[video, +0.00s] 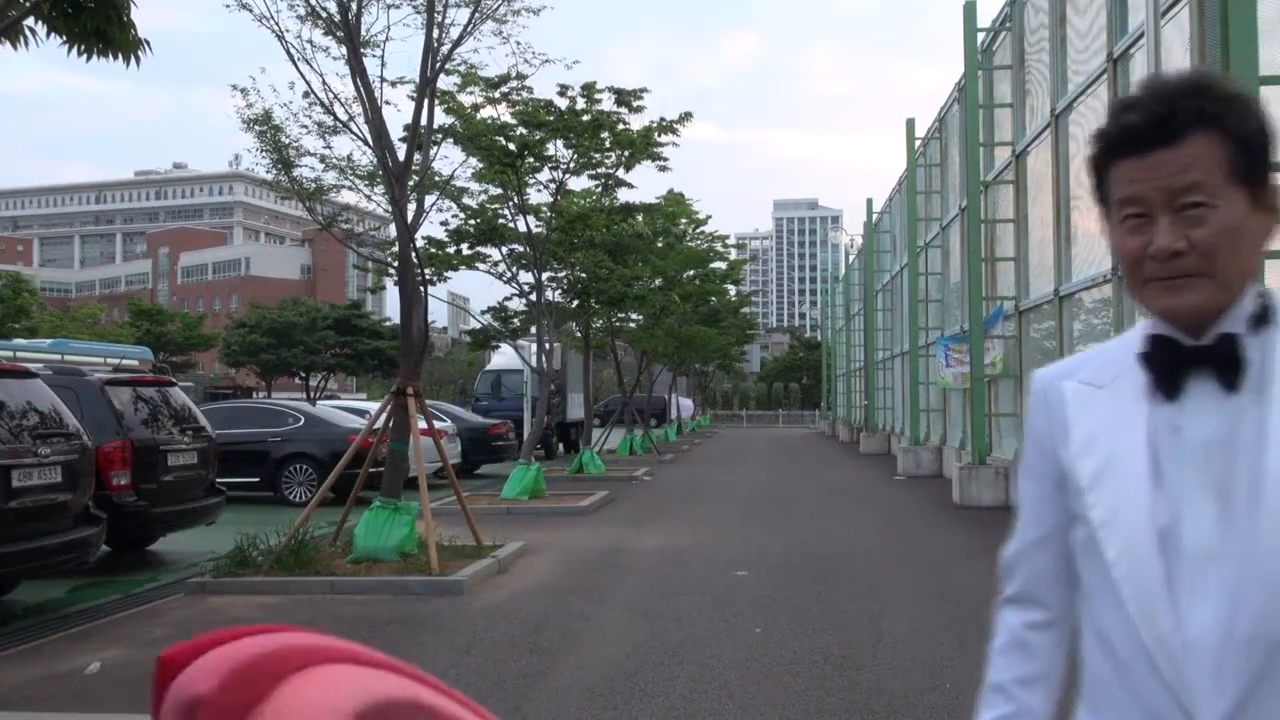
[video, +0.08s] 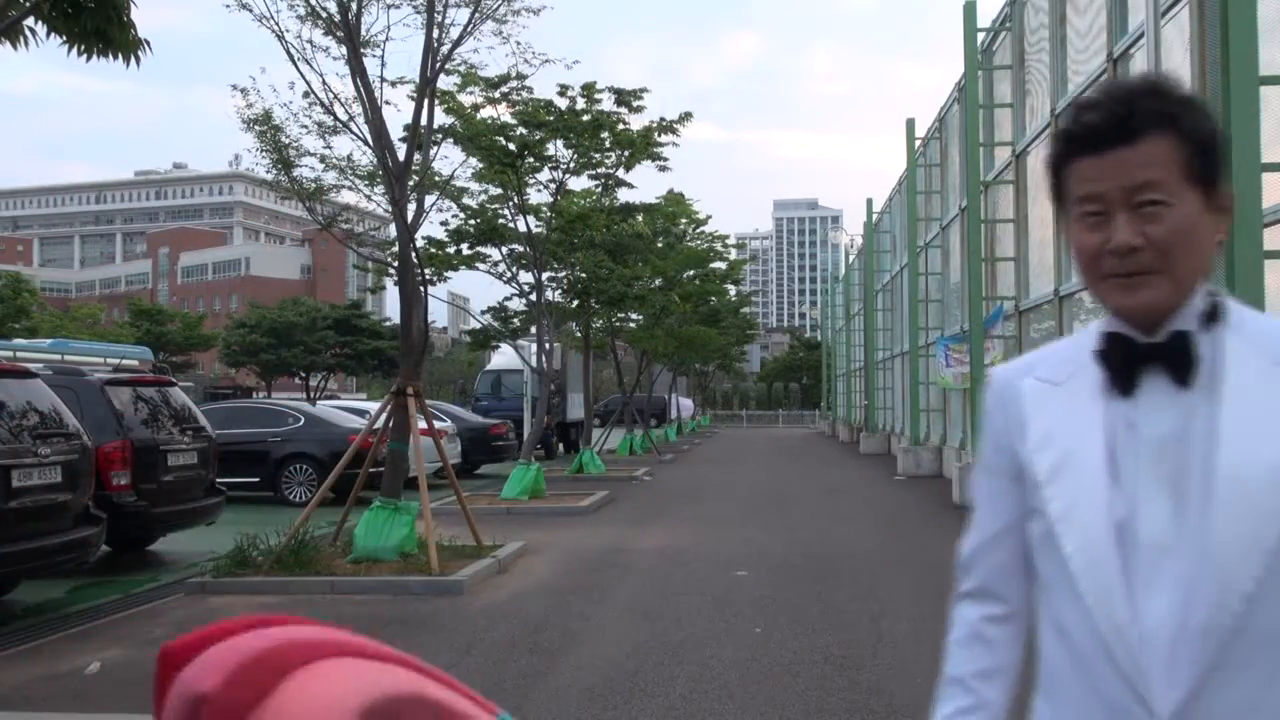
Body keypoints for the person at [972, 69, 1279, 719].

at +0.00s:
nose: (1165, 243)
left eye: (1194, 208)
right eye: (1136, 218)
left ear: (1266, 211)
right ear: (1110, 234)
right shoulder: (1065, 398)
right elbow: (1032, 617)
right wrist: (1006, 713)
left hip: (1265, 702)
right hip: (1122, 707)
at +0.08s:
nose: (1121, 239)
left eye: (1149, 206)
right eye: (1092, 214)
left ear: (1218, 213)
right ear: (1066, 233)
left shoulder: (1273, 367)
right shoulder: (1021, 395)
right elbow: (988, 607)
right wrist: (964, 711)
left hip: (1249, 703)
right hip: (1079, 707)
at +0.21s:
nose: (1079, 238)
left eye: (1106, 205)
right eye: (1051, 214)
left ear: (1169, 212)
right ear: (1023, 235)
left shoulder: (1266, 366)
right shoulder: (980, 394)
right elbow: (948, 603)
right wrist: (922, 709)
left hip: (1237, 704)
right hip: (1042, 706)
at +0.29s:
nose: (1043, 236)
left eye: (1067, 204)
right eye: (1013, 215)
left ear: (1126, 214)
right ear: (986, 240)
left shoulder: (1254, 373)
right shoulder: (946, 396)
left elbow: (1273, 600)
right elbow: (914, 604)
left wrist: (1268, 704)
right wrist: (890, 710)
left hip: (1210, 706)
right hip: (1016, 707)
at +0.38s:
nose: (1022, 238)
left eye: (1046, 206)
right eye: (992, 216)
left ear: (1101, 216)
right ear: (965, 243)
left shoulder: (1227, 371)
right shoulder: (926, 398)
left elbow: (1264, 600)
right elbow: (897, 605)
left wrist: (1262, 708)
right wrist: (879, 711)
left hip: (1188, 705)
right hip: (1002, 707)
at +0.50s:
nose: (986, 240)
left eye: (1008, 210)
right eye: (957, 220)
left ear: (1062, 220)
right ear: (931, 248)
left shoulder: (1185, 367)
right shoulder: (895, 401)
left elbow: (1239, 596)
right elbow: (877, 611)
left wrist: (1254, 708)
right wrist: (869, 710)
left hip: (1162, 703)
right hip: (980, 706)